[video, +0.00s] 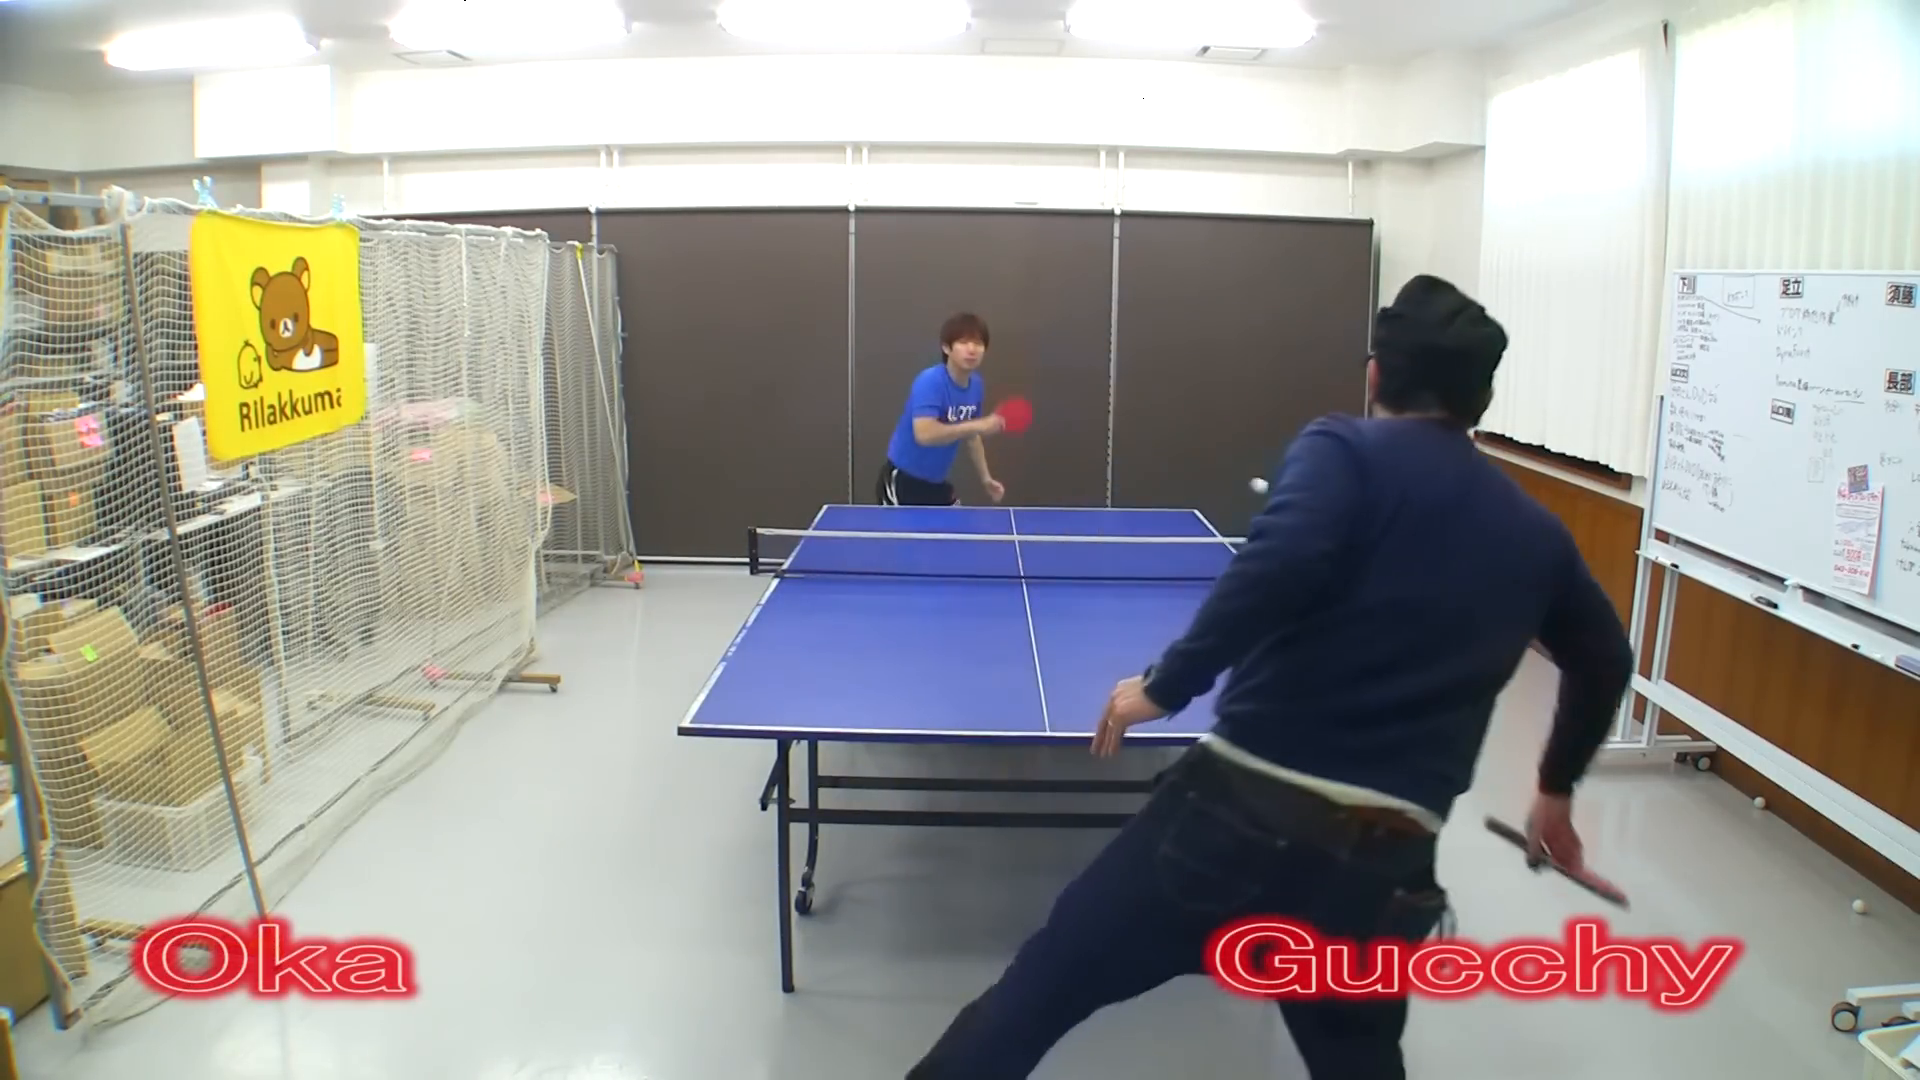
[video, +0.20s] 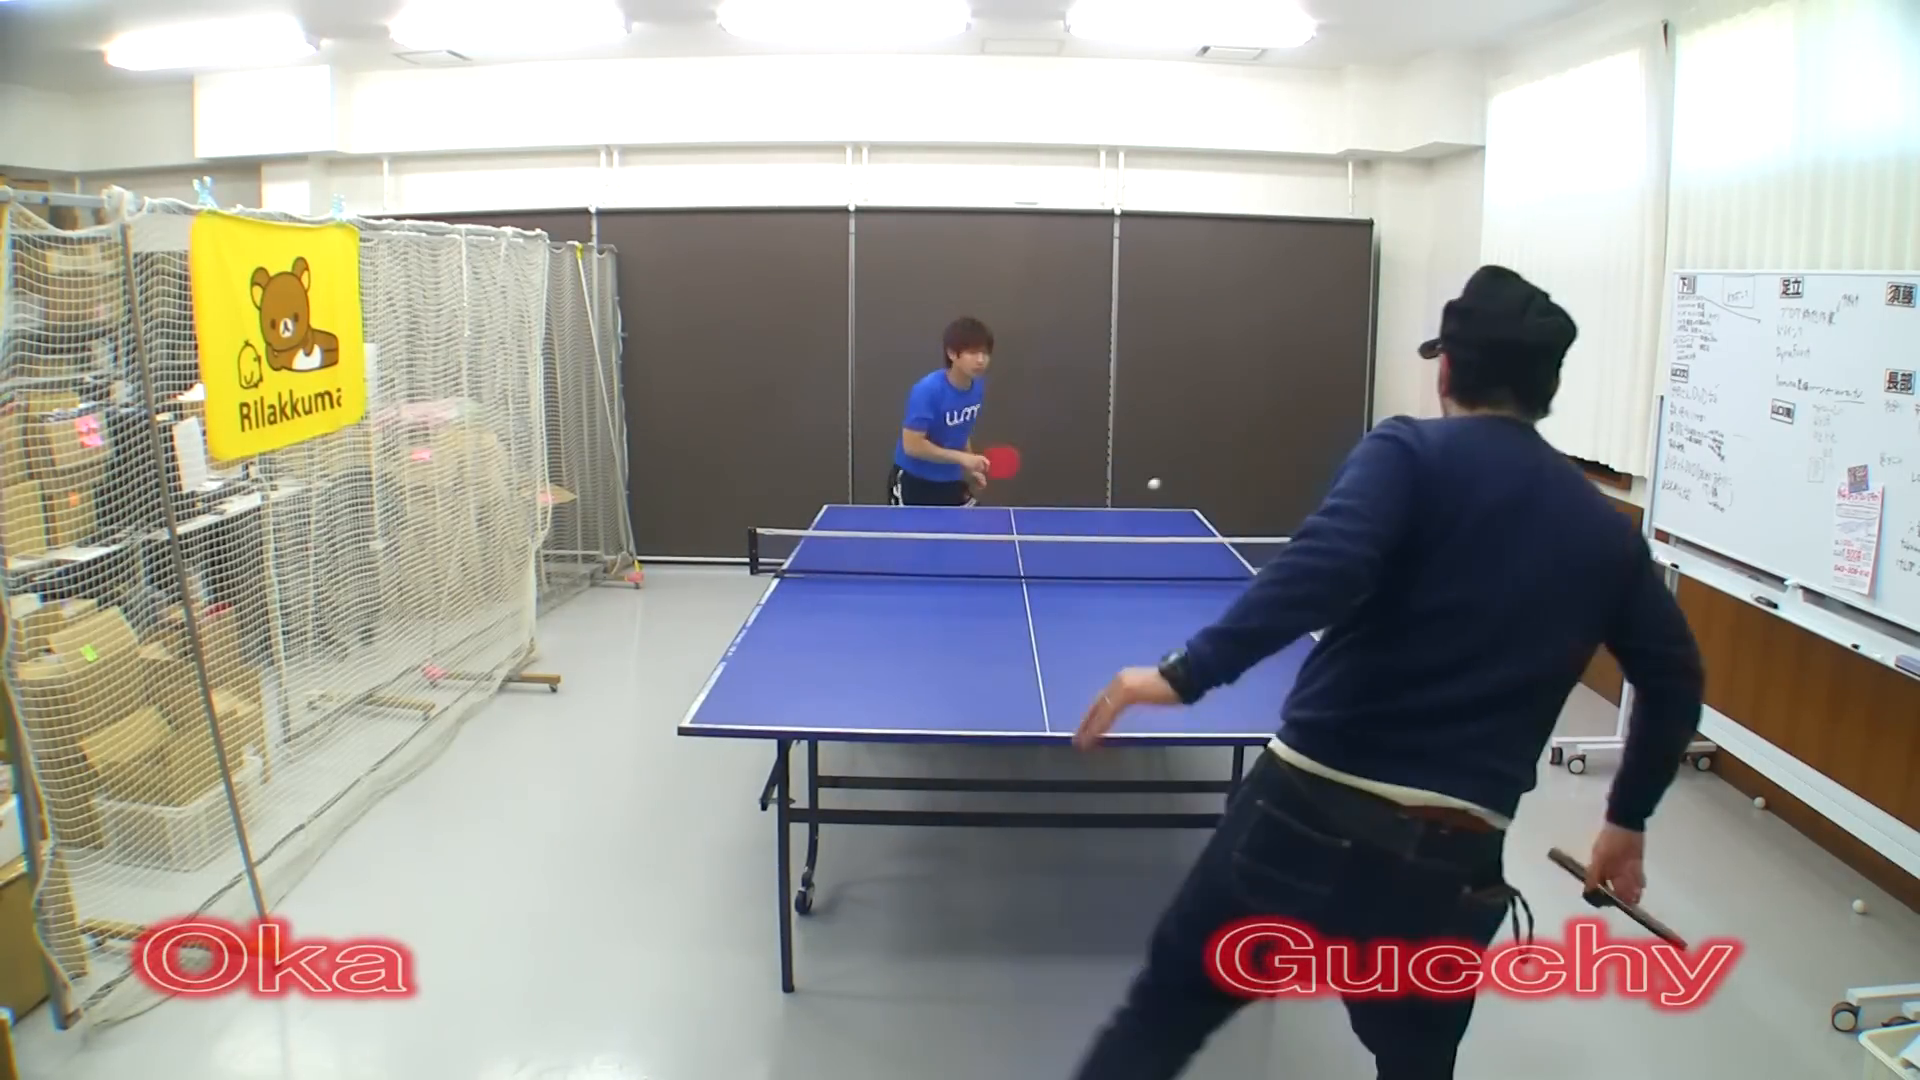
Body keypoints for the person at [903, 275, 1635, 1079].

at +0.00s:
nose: (1365, 371)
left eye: (1370, 361)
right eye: (1376, 359)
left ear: (1377, 375)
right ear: (1480, 399)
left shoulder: (1340, 449)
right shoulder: (1533, 530)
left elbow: (1285, 562)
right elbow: (1602, 659)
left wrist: (1161, 686)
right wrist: (1556, 788)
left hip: (1231, 828)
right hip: (1384, 869)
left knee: (1037, 997)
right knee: (1363, 1066)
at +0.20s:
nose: (1433, 372)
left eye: (1437, 355)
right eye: (1439, 353)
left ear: (1450, 367)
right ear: (1546, 386)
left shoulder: (1407, 451)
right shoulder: (1603, 528)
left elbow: (1330, 567)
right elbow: (1673, 678)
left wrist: (1182, 674)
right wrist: (1627, 823)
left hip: (1302, 826)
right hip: (1449, 869)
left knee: (1159, 1022)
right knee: (1419, 1065)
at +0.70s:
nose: (1477, 351)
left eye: (1480, 338)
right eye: (1483, 336)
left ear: (1489, 353)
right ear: (1588, 377)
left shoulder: (1435, 452)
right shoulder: (1640, 521)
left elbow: (1353, 610)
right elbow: (1648, 703)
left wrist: (1247, 747)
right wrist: (1552, 753)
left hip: (1373, 845)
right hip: (1521, 863)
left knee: (1227, 1055)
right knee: (1490, 1069)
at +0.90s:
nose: (1407, 354)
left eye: (1410, 340)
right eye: (1415, 338)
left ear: (1418, 359)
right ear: (1518, 371)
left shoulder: (1386, 470)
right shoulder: (1577, 515)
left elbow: (1347, 653)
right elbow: (1579, 687)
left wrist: (1261, 800)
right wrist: (1468, 715)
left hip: (1347, 869)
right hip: (1484, 876)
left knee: (1205, 1067)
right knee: (1467, 1069)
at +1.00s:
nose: (1351, 363)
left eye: (1356, 349)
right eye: (1356, 347)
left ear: (1368, 366)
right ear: (1466, 374)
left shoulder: (1333, 484)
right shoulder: (1523, 512)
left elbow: (1302, 658)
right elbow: (1538, 678)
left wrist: (1210, 789)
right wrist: (1422, 705)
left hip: (1317, 882)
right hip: (1458, 882)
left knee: (1180, 1068)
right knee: (1450, 1069)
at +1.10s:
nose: (1281, 381)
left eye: (1286, 367)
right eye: (1286, 365)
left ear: (1295, 383)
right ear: (1395, 386)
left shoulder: (1265, 514)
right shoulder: (1462, 527)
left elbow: (1217, 689)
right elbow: (1480, 683)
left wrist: (1123, 799)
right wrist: (1363, 701)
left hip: (1274, 899)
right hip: (1415, 894)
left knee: (1127, 1068)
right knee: (1419, 1069)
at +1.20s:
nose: (1182, 408)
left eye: (1188, 394)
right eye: (1190, 390)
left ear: (1199, 413)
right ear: (1301, 411)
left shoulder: (1172, 550)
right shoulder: (1373, 539)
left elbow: (1091, 735)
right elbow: (1403, 694)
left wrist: (1005, 806)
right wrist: (1292, 723)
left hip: (1217, 925)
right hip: (1363, 912)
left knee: (1054, 1061)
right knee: (1379, 1059)